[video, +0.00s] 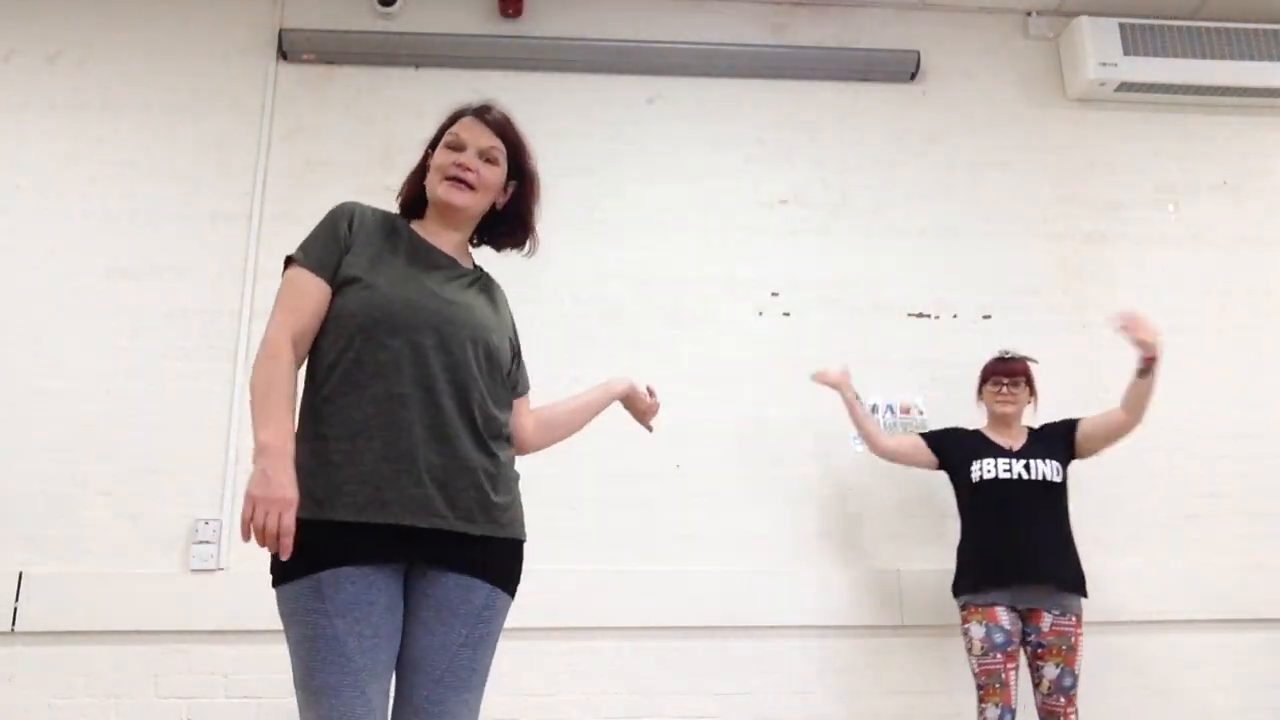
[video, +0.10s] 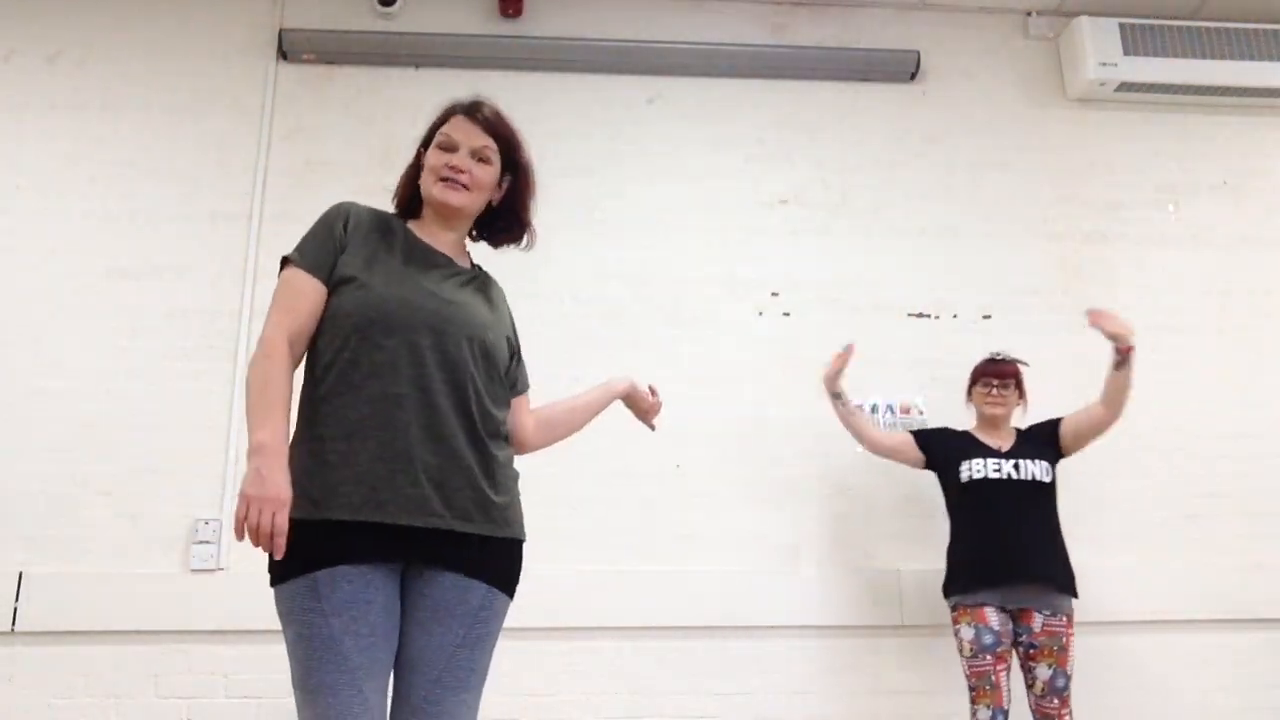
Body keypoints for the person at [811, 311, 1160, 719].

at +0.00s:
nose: (1005, 390)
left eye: (1015, 384)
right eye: (996, 384)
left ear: (1030, 395)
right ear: (981, 393)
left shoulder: (1057, 440)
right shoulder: (958, 444)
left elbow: (1126, 417)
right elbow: (884, 446)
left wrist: (1148, 361)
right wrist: (848, 393)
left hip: (1056, 593)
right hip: (985, 595)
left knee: (1059, 708)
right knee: (996, 708)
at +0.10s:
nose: (995, 391)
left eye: (1005, 385)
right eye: (986, 384)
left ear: (1020, 397)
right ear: (971, 394)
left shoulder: (1044, 441)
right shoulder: (947, 445)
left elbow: (1107, 410)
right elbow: (875, 439)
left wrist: (1123, 353)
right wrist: (836, 392)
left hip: (1046, 595)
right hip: (977, 597)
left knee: (1053, 709)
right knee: (989, 709)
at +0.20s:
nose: (987, 391)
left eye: (996, 386)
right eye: (977, 384)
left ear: (1009, 397)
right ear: (960, 393)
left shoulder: (1031, 440)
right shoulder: (934, 444)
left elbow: (1091, 402)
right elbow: (866, 435)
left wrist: (1106, 339)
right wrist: (824, 381)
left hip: (1037, 589)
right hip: (967, 593)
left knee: (1050, 708)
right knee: (984, 709)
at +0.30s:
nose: (974, 391)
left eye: (984, 386)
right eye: (966, 384)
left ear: (996, 396)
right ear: (947, 392)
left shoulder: (1018, 436)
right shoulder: (923, 446)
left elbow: (1077, 403)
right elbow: (851, 437)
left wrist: (1102, 342)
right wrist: (816, 380)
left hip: (1031, 589)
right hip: (961, 595)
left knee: (1047, 707)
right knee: (981, 709)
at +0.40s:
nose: (963, 391)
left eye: (972, 385)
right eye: (954, 383)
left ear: (984, 397)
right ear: (935, 392)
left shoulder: (1007, 433)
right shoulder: (912, 448)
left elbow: (1067, 400)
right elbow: (845, 444)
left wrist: (1094, 346)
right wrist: (807, 393)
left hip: (1028, 588)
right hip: (958, 595)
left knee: (1046, 708)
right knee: (980, 710)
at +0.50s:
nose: (954, 389)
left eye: (963, 384)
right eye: (944, 382)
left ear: (976, 395)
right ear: (926, 392)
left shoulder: (1000, 432)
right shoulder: (905, 448)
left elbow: (1055, 395)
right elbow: (835, 445)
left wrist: (1074, 335)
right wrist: (795, 395)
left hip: (1026, 588)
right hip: (958, 597)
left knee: (1046, 707)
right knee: (980, 711)